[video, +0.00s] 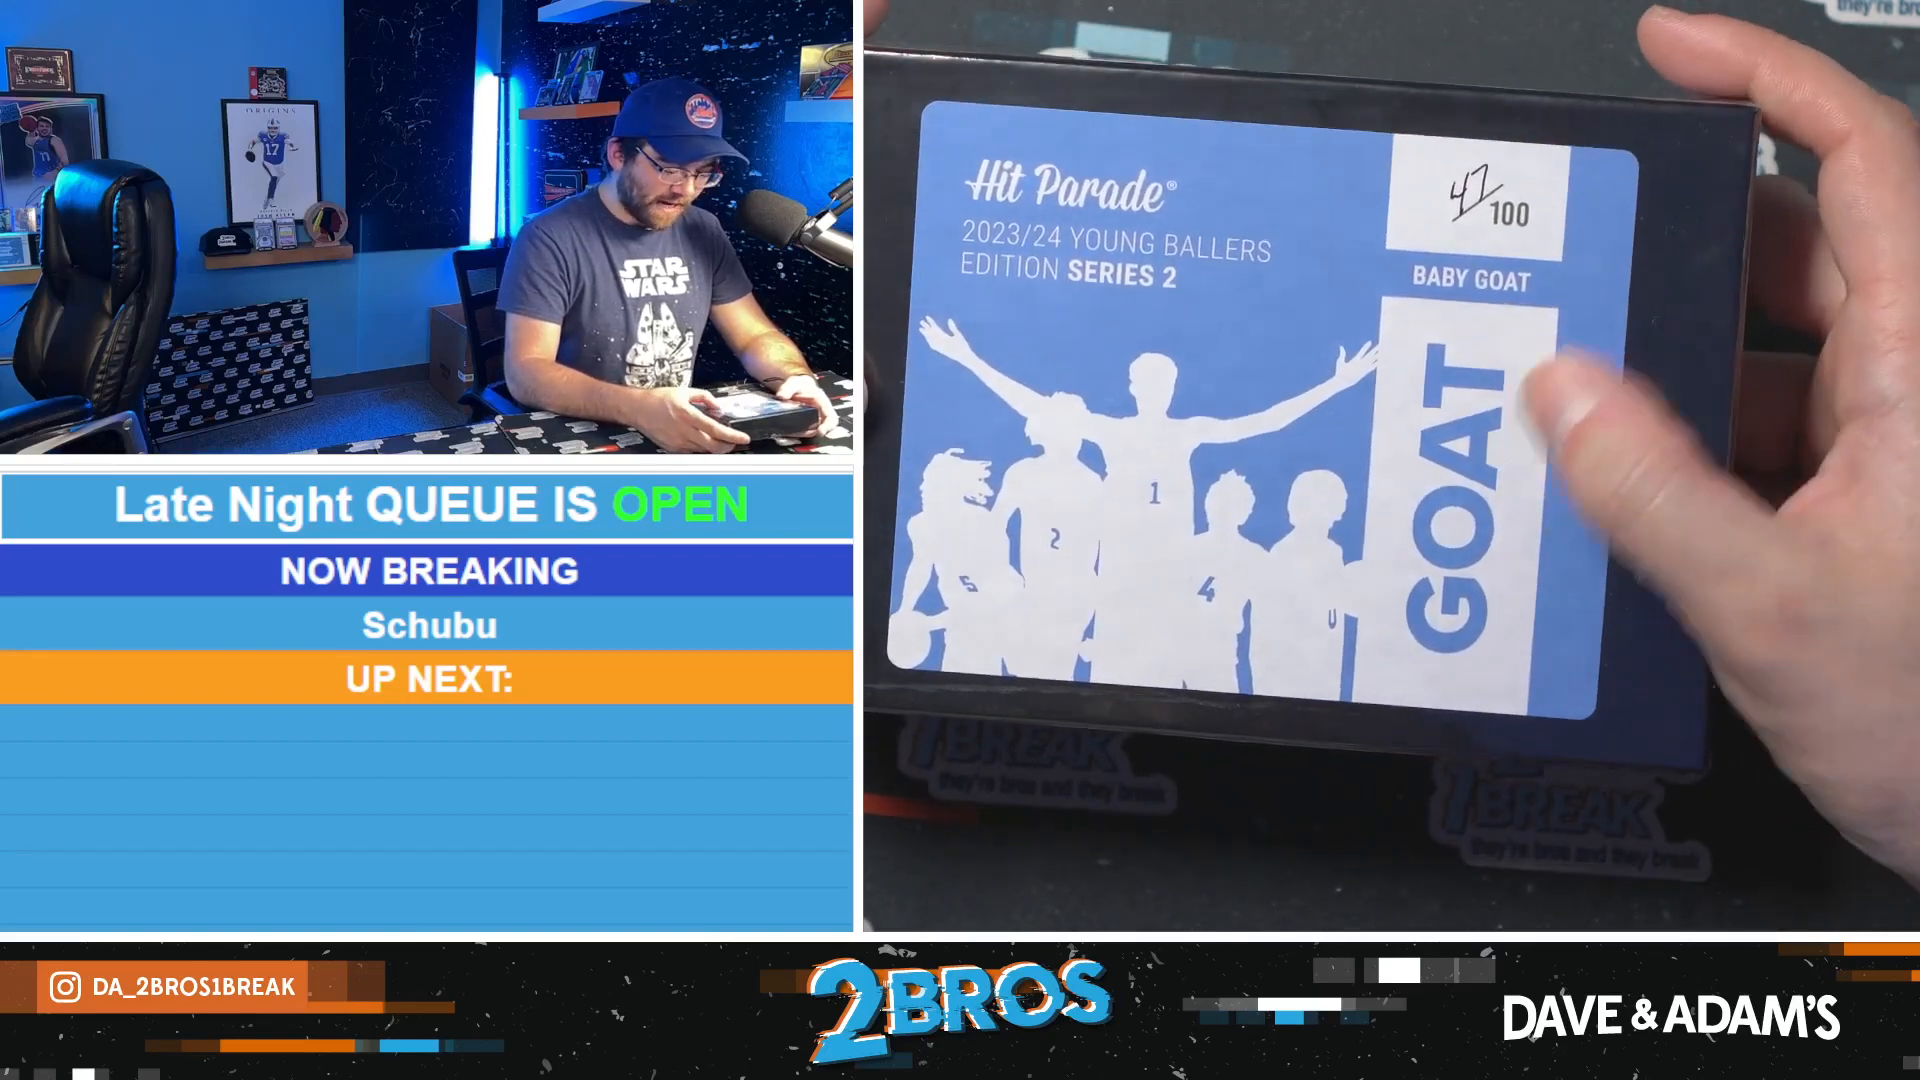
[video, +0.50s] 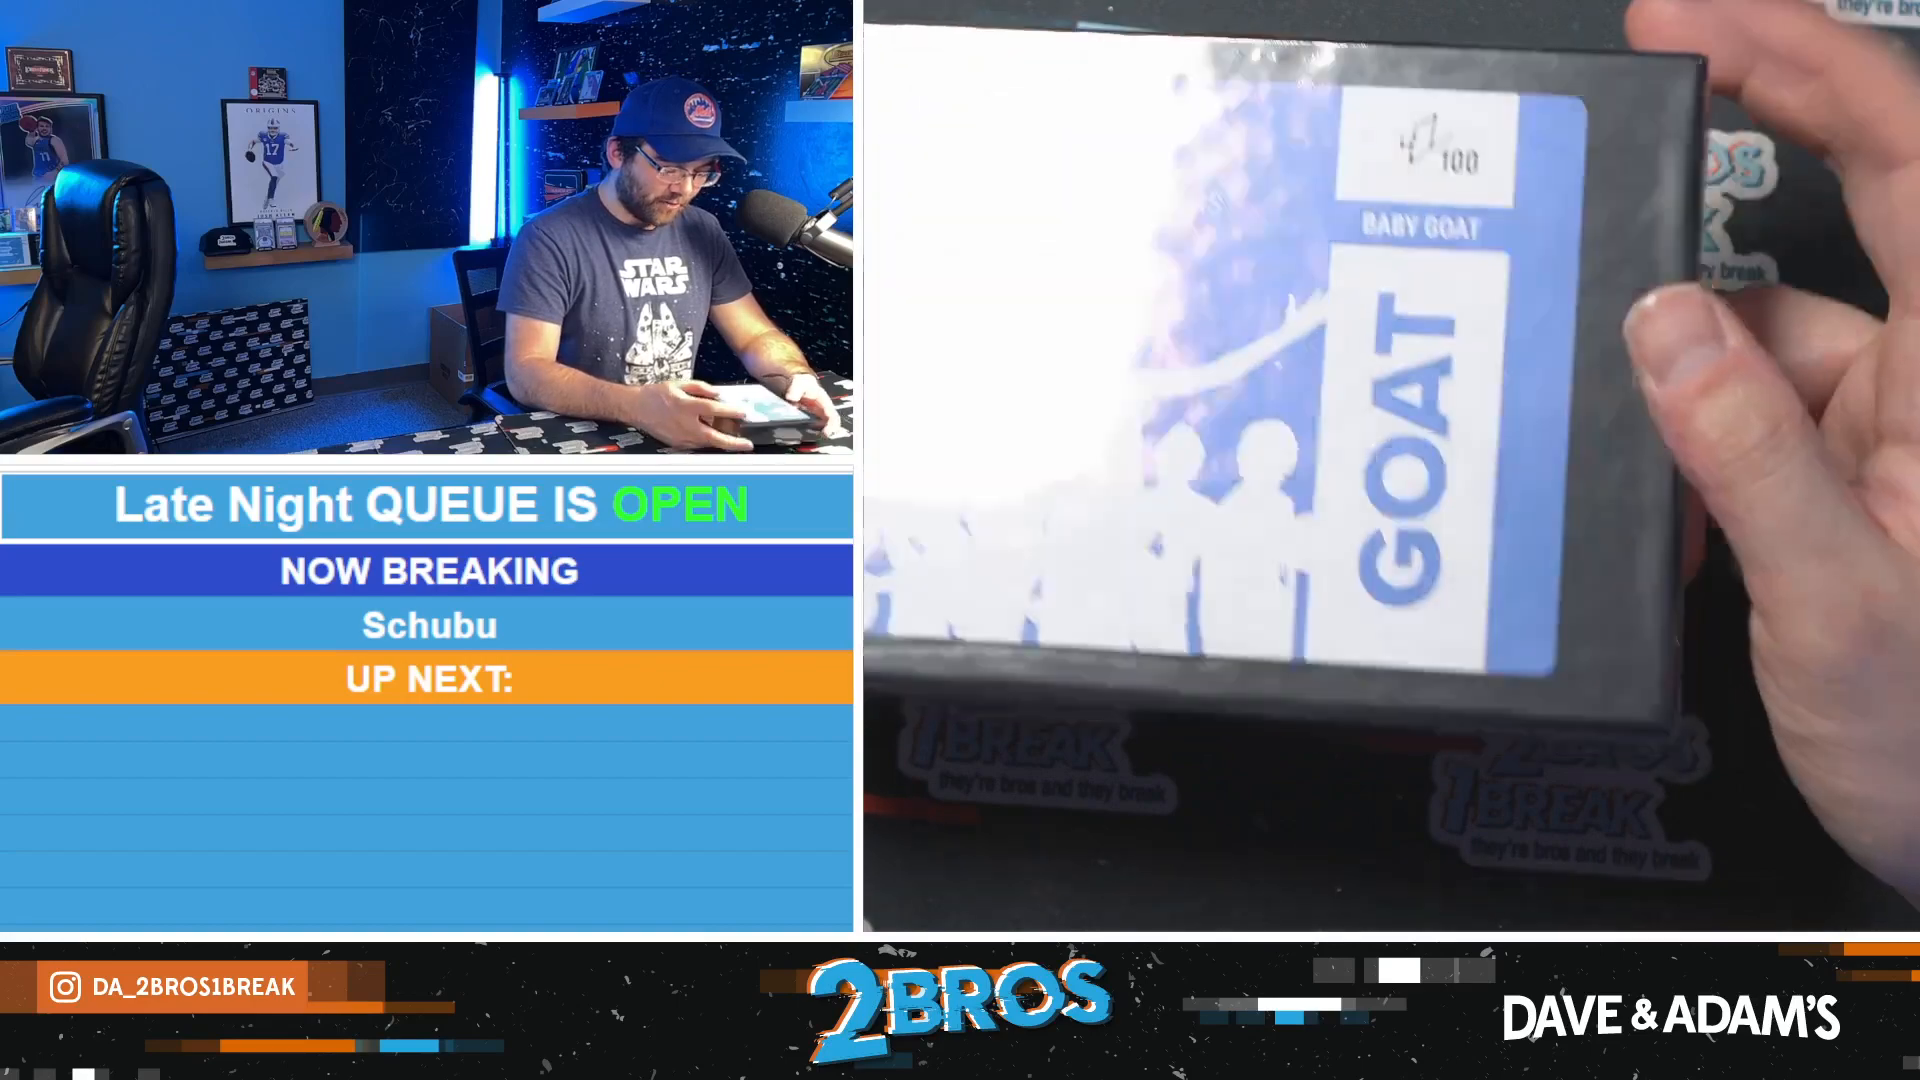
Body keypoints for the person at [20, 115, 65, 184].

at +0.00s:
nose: (44, 128)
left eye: (47, 126)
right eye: (41, 126)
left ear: (50, 128)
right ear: (37, 128)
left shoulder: (55, 140)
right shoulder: (35, 140)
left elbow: (64, 160)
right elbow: (28, 142)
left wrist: (54, 173)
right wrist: (31, 132)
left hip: (51, 177)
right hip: (37, 176)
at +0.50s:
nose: (44, 128)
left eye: (47, 126)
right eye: (41, 126)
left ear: (50, 129)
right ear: (37, 128)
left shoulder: (54, 140)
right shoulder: (35, 140)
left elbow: (64, 160)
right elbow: (28, 142)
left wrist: (54, 173)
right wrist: (31, 133)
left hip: (50, 177)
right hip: (37, 176)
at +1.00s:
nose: (44, 128)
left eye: (47, 126)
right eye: (41, 126)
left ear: (51, 129)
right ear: (37, 128)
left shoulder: (54, 140)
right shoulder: (35, 140)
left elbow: (64, 161)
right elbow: (28, 142)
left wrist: (54, 173)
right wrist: (31, 133)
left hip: (50, 177)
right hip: (37, 176)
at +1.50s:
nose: (44, 128)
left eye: (47, 126)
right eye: (41, 126)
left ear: (51, 128)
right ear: (37, 128)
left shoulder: (54, 140)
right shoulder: (35, 140)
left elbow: (64, 160)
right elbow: (28, 142)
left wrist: (54, 173)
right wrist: (31, 133)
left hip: (50, 177)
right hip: (37, 176)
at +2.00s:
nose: (44, 128)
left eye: (47, 126)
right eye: (41, 126)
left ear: (51, 129)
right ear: (37, 128)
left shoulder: (54, 140)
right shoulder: (35, 140)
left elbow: (64, 161)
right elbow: (28, 142)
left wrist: (54, 173)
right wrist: (31, 133)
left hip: (50, 177)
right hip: (37, 176)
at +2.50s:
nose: (44, 128)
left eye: (47, 126)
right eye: (41, 126)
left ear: (51, 128)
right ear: (37, 128)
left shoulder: (54, 140)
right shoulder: (35, 140)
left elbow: (64, 160)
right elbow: (28, 142)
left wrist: (54, 173)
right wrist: (31, 133)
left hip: (50, 177)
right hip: (37, 176)